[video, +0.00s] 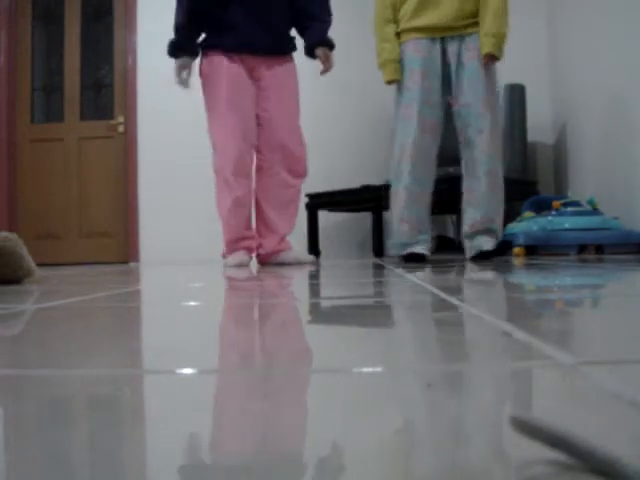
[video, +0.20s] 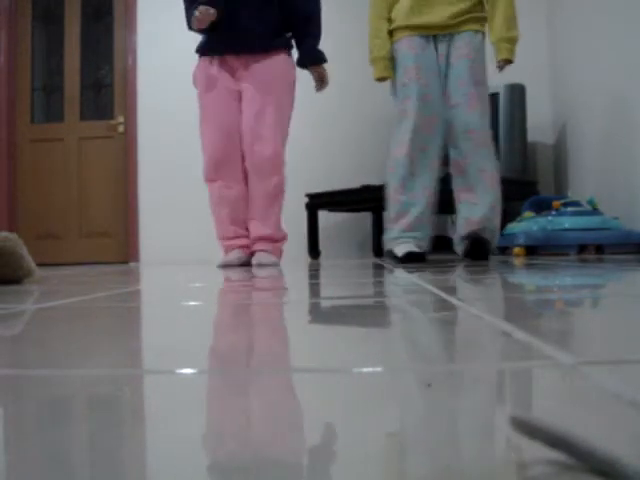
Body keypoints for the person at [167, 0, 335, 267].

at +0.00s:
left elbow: (310, 0)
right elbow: (190, 2)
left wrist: (317, 36)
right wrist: (185, 46)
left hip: (276, 55)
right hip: (223, 54)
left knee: (284, 152)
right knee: (233, 154)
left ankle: (273, 246)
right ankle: (238, 248)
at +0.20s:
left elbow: (306, 4)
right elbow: (190, 3)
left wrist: (310, 51)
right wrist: (196, 15)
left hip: (269, 59)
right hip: (215, 61)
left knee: (265, 155)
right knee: (220, 156)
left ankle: (266, 246)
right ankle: (234, 245)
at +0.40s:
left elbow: (306, 9)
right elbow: (194, 8)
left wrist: (312, 62)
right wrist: (190, 34)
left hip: (272, 60)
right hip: (217, 64)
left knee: (257, 122)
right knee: (215, 160)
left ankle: (270, 212)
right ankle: (238, 245)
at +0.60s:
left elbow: (306, 6)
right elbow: (193, 5)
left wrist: (311, 53)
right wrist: (191, 40)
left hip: (278, 53)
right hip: (221, 59)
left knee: (273, 119)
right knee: (224, 161)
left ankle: (280, 201)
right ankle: (239, 247)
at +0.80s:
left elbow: (318, 2)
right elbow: (198, 3)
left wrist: (323, 46)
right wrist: (191, 49)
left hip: (290, 54)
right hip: (233, 55)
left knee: (294, 158)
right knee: (236, 159)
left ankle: (300, 245)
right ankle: (241, 246)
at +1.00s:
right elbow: (208, 2)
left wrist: (333, 41)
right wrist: (210, 43)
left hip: (296, 54)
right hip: (238, 54)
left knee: (298, 159)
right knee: (240, 157)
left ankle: (300, 245)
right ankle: (239, 245)